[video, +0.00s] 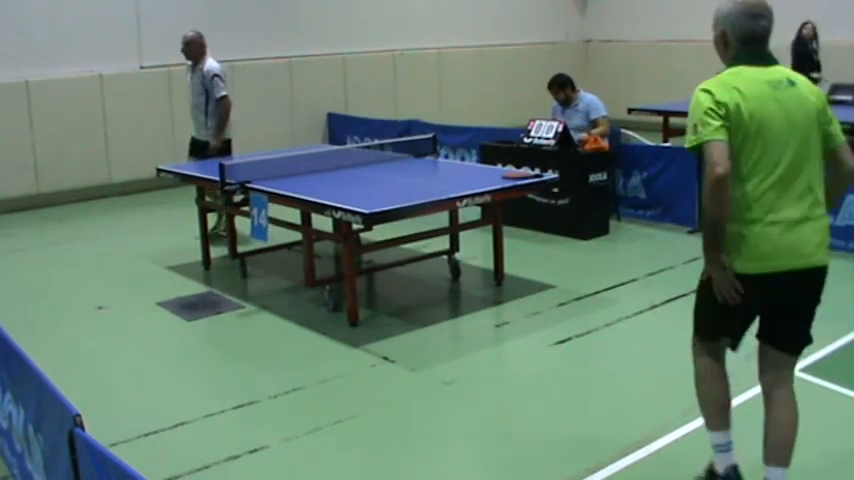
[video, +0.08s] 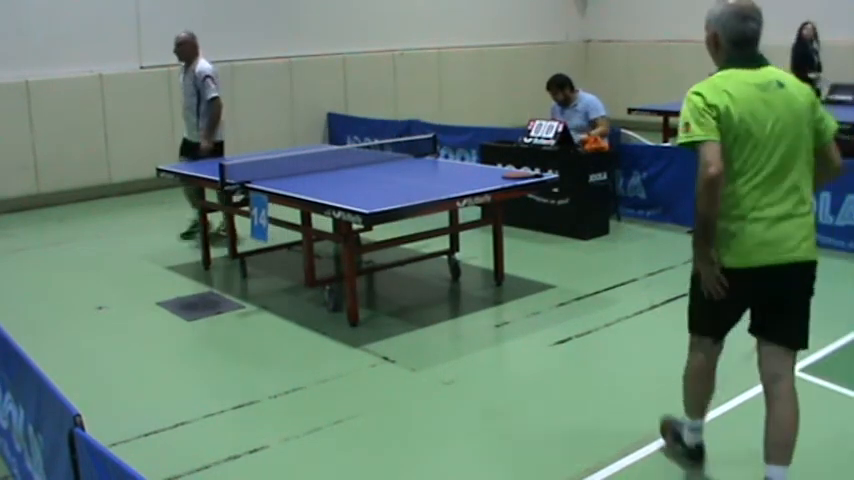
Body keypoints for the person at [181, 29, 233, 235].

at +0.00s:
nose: (183, 50)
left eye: (187, 45)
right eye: (182, 46)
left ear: (200, 46)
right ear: (187, 49)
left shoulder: (211, 71)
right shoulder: (192, 69)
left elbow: (225, 102)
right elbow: (200, 101)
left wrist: (218, 136)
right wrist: (200, 129)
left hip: (215, 140)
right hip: (199, 138)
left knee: (219, 184)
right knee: (202, 182)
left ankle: (226, 222)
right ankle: (219, 218)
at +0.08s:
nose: (176, 51)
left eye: (180, 46)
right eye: (175, 47)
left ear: (193, 47)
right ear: (179, 50)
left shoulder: (203, 72)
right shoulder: (185, 70)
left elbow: (215, 103)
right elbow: (194, 103)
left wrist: (208, 137)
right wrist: (192, 131)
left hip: (209, 140)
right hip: (191, 138)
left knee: (219, 185)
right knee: (188, 180)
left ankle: (228, 222)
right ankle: (201, 217)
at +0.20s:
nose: (163, 57)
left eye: (166, 53)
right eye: (162, 53)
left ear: (179, 52)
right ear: (170, 53)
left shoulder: (190, 75)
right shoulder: (176, 73)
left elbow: (201, 107)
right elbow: (182, 106)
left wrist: (193, 141)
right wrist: (181, 135)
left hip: (198, 144)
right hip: (180, 141)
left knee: (212, 186)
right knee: (171, 182)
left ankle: (226, 222)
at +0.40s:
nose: (135, 62)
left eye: (137, 57)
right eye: (134, 57)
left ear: (150, 54)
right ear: (144, 56)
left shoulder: (162, 76)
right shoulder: (149, 76)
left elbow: (174, 107)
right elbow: (156, 109)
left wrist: (169, 143)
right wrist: (153, 139)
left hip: (169, 147)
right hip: (152, 146)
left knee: (179, 185)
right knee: (144, 182)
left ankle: (216, 214)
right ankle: (144, 230)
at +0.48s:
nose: (124, 62)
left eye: (126, 57)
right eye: (123, 57)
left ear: (138, 54)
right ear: (133, 55)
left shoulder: (151, 75)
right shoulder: (138, 76)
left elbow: (164, 107)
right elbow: (145, 109)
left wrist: (159, 143)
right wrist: (141, 139)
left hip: (153, 145)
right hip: (140, 144)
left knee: (155, 185)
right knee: (137, 182)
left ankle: (197, 209)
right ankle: (142, 230)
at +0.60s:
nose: (109, 60)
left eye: (111, 55)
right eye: (108, 56)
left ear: (124, 52)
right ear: (116, 54)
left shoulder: (138, 73)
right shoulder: (123, 75)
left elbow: (151, 105)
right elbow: (127, 110)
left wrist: (147, 141)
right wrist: (121, 139)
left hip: (138, 143)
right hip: (126, 142)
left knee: (130, 183)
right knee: (132, 186)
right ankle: (142, 229)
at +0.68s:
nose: (101, 64)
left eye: (102, 59)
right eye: (99, 60)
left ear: (114, 54)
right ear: (111, 55)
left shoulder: (129, 74)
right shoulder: (115, 75)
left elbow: (143, 106)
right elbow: (114, 111)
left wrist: (140, 141)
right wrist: (106, 137)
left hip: (128, 142)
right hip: (119, 142)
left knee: (113, 184)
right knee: (130, 186)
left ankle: (136, 229)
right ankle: (140, 231)